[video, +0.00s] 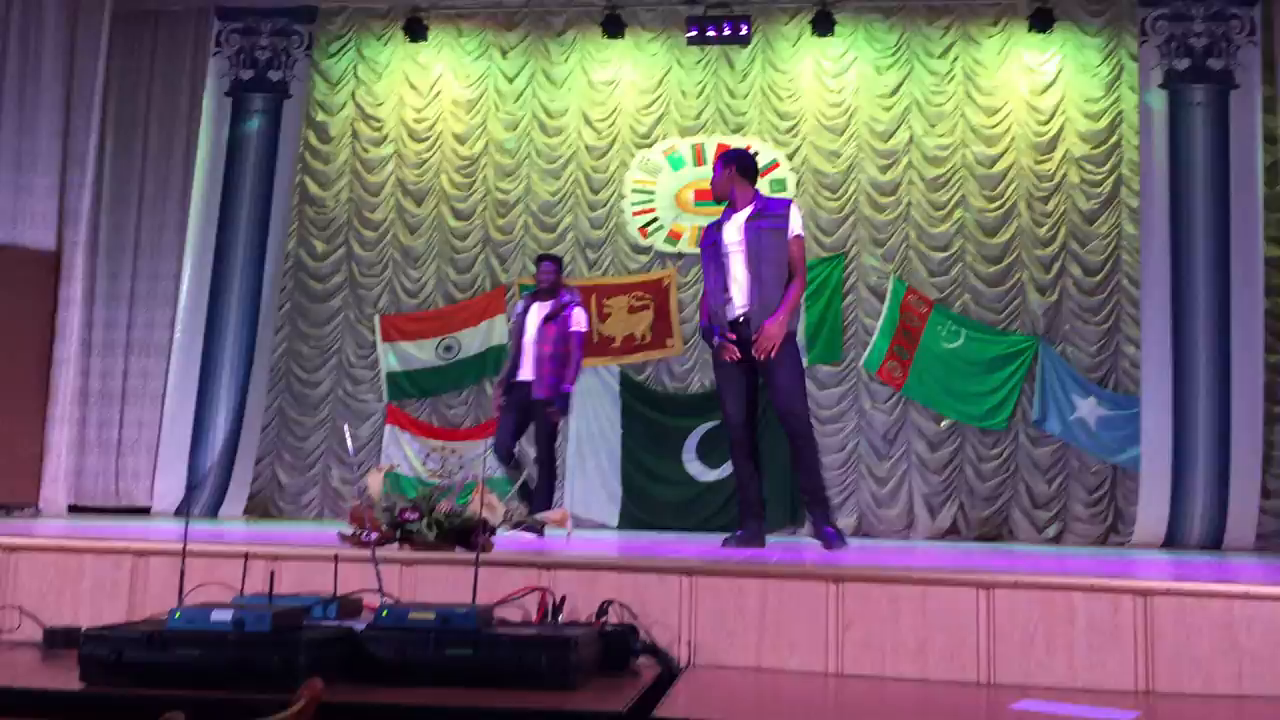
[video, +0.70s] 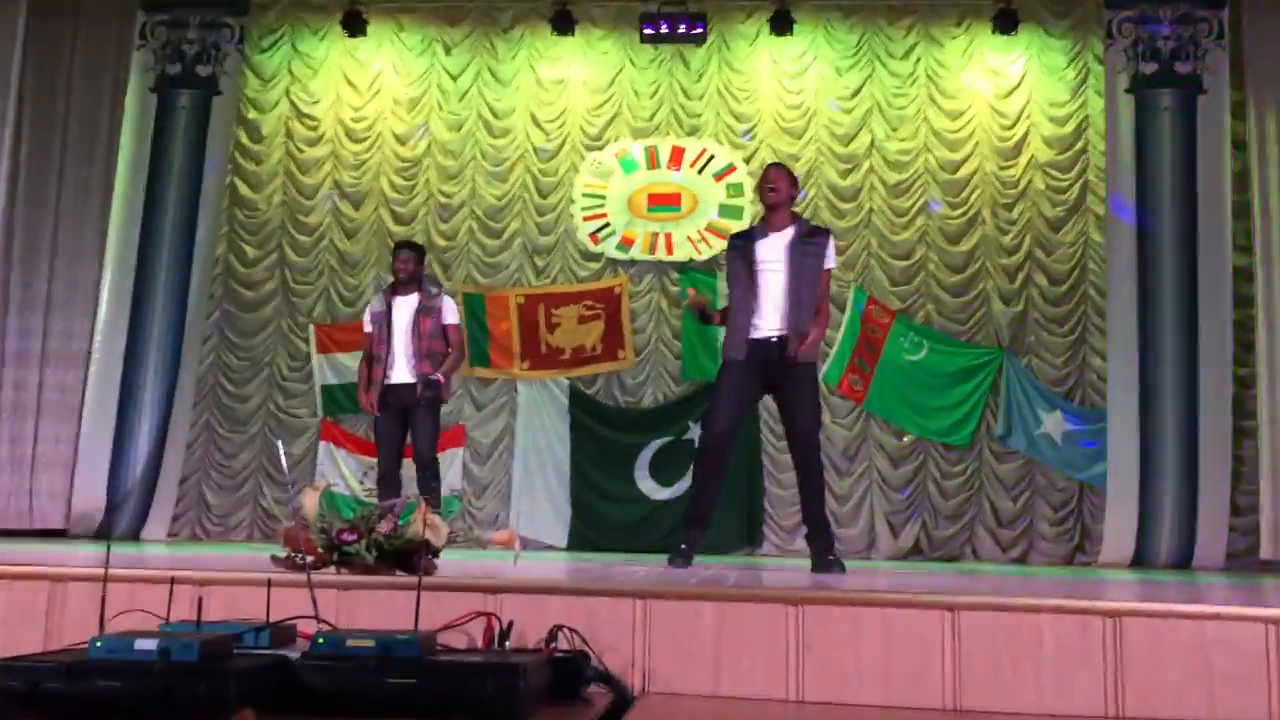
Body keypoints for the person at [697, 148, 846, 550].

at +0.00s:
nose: (712, 180)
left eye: (716, 172)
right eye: (714, 172)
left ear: (733, 173)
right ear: (736, 174)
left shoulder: (783, 212)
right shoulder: (712, 232)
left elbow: (798, 275)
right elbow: (708, 291)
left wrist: (780, 322)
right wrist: (712, 332)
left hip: (775, 334)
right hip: (729, 339)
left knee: (796, 424)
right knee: (739, 434)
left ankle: (822, 521)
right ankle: (751, 528)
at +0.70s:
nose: (768, 188)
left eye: (777, 184)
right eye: (764, 184)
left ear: (794, 193)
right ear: (758, 193)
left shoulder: (817, 239)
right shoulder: (740, 243)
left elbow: (823, 303)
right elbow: (739, 311)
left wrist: (813, 336)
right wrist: (710, 314)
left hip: (794, 356)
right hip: (744, 356)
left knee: (807, 451)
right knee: (713, 441)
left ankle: (822, 551)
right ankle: (689, 541)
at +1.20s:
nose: (742, 165)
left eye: (753, 157)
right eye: (739, 158)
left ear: (778, 167)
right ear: (737, 169)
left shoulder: (819, 223)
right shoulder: (725, 242)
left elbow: (830, 305)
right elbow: (723, 322)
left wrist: (775, 314)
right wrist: (738, 309)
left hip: (805, 369)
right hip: (744, 372)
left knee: (839, 478)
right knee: (725, 487)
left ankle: (868, 604)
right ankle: (710, 615)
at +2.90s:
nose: (914, 131)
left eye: (923, 124)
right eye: (906, 125)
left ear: (938, 134)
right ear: (894, 136)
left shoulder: (969, 187)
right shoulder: (872, 196)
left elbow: (977, 271)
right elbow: (869, 276)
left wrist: (956, 265)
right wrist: (879, 266)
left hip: (955, 333)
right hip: (894, 337)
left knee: (994, 443)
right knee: (859, 445)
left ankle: (1020, 568)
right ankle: (829, 571)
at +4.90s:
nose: (943, 91)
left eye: (954, 82)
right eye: (935, 82)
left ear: (971, 89)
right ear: (923, 89)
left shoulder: (1000, 150)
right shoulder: (894, 152)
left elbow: (1036, 222)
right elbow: (855, 222)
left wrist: (1038, 191)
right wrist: (847, 190)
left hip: (977, 300)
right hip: (908, 300)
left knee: (1010, 409)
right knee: (881, 405)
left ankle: (1043, 526)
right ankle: (850, 519)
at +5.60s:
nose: (957, 121)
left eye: (966, 111)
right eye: (948, 110)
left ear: (980, 109)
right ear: (933, 107)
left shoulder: (1004, 145)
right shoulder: (905, 142)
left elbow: (1052, 202)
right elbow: (843, 183)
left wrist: (1036, 179)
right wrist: (878, 159)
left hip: (978, 297)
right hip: (915, 300)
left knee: (1010, 395)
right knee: (887, 405)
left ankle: (1038, 506)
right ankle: (854, 523)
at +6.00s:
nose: (906, 109)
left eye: (916, 101)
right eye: (897, 101)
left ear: (931, 107)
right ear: (884, 108)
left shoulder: (956, 154)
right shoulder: (860, 165)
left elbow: (1007, 205)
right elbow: (830, 246)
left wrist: (1001, 156)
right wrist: (853, 192)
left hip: (939, 305)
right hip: (879, 307)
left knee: (972, 412)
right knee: (860, 415)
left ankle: (991, 535)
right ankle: (835, 535)